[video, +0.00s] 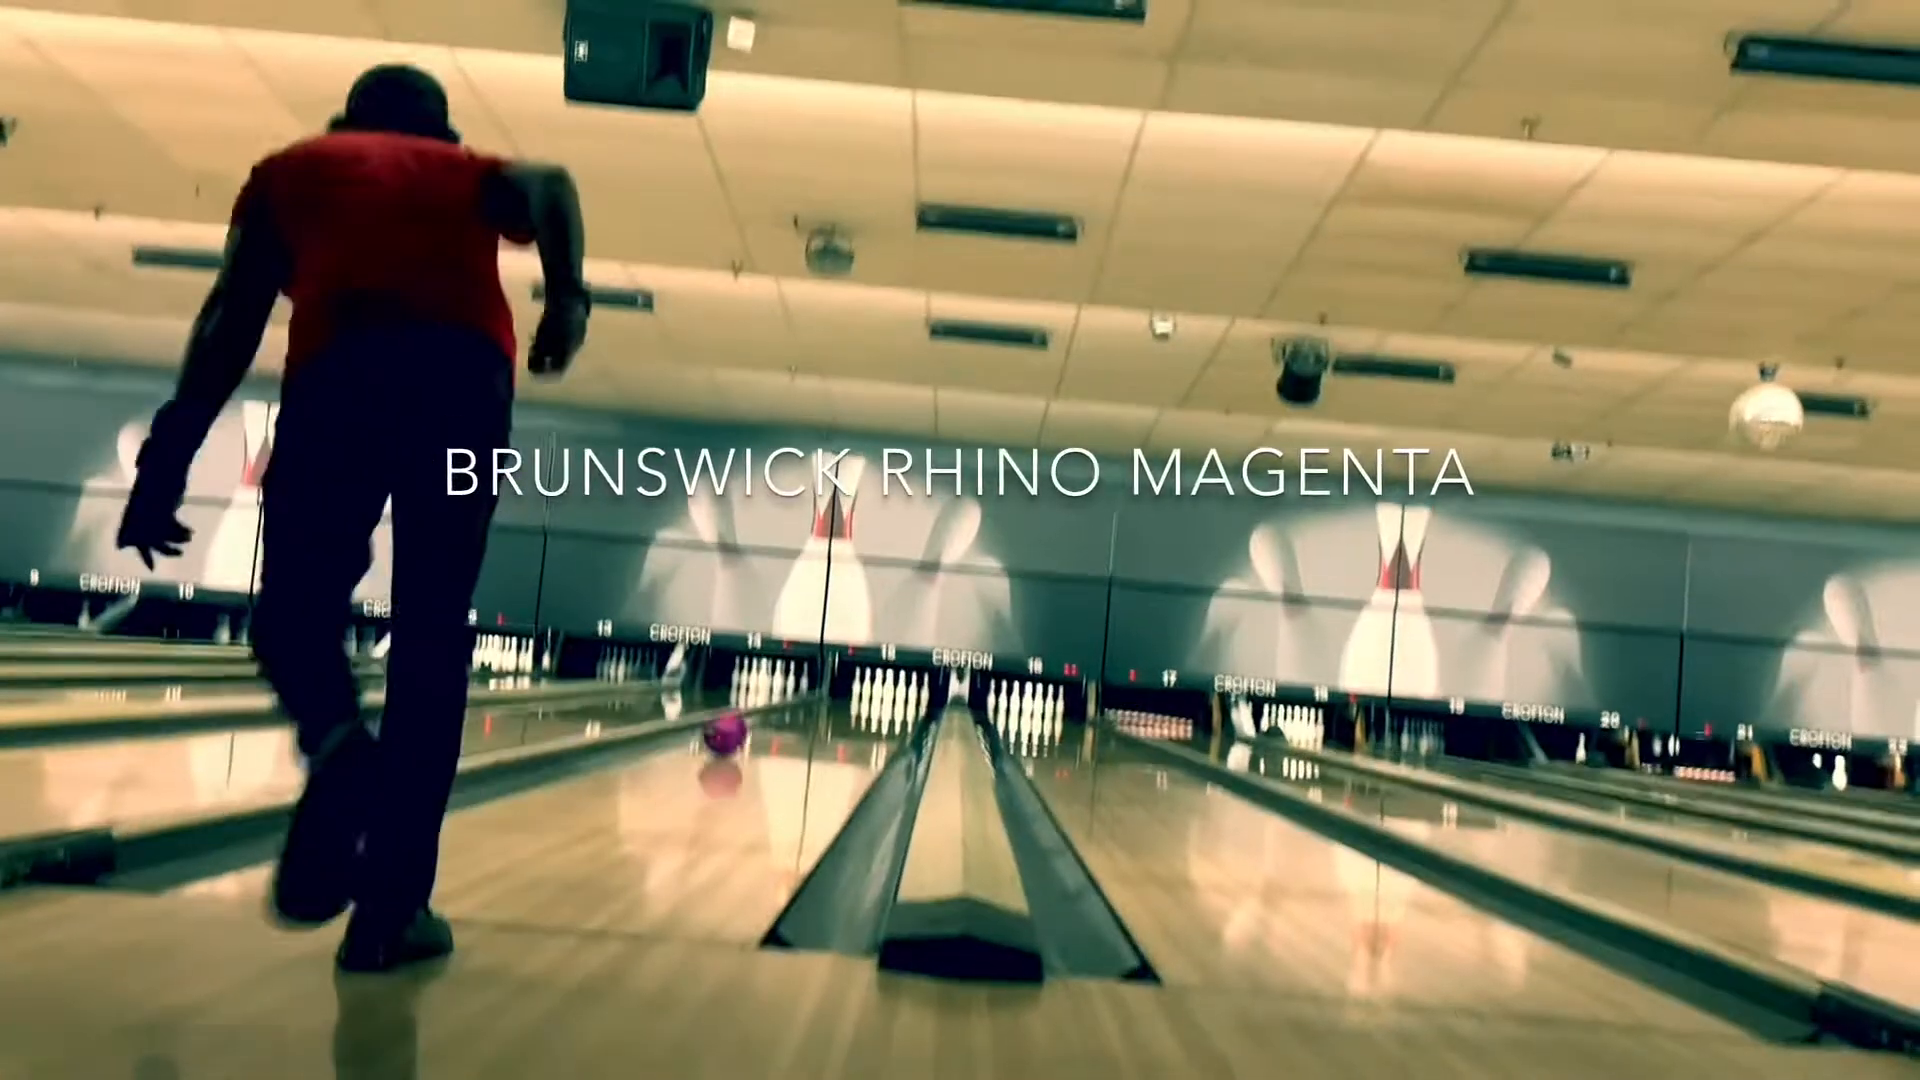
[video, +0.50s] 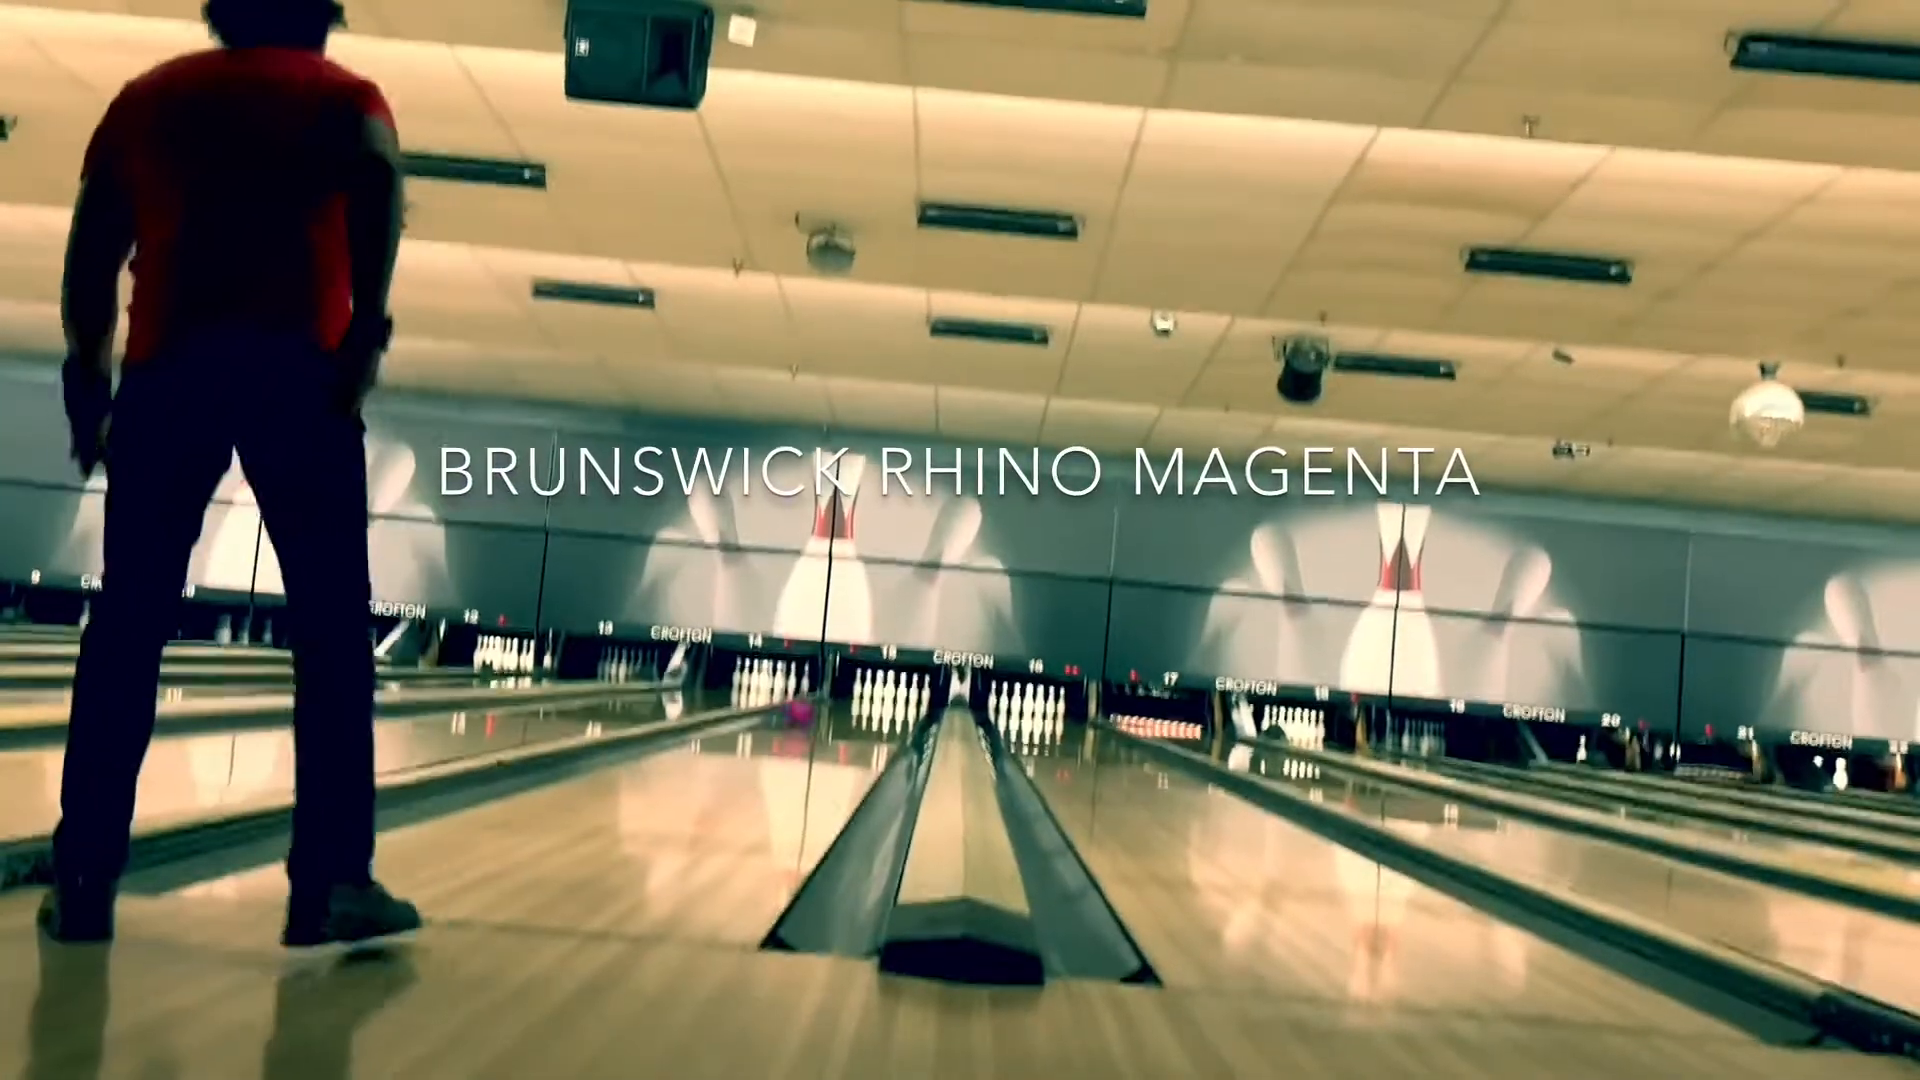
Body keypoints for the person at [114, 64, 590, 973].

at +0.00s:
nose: (446, 138)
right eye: (444, 125)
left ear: (347, 117)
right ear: (437, 125)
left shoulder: (289, 168)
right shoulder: (469, 167)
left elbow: (227, 329)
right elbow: (553, 186)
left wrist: (163, 469)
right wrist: (565, 298)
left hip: (339, 383)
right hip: (462, 383)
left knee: (296, 615)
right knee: (433, 638)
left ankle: (338, 753)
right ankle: (389, 913)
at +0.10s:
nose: (430, 117)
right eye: (426, 103)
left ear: (324, 86)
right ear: (415, 102)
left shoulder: (272, 141)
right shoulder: (453, 153)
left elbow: (204, 292)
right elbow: (540, 189)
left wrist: (130, 431)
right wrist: (553, 313)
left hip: (312, 387)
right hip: (445, 388)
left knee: (246, 611)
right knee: (422, 648)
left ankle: (228, 847)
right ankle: (390, 911)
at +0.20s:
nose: (402, 95)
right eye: (401, 82)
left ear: (294, 64)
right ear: (388, 79)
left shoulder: (238, 125)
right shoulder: (428, 139)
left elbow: (174, 277)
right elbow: (513, 190)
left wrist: (99, 420)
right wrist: (517, 333)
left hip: (276, 381)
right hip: (412, 389)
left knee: (193, 624)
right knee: (405, 649)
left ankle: (104, 893)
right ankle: (386, 912)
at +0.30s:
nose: (368, 65)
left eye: (358, 52)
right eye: (364, 53)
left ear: (267, 46)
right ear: (355, 53)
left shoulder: (200, 117)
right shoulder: (390, 122)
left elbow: (135, 277)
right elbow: (463, 185)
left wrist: (80, 425)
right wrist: (467, 341)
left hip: (225, 392)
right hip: (362, 394)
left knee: (159, 619)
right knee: (380, 642)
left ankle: (84, 880)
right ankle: (382, 912)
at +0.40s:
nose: (344, 49)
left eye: (334, 39)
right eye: (343, 37)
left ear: (239, 34)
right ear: (333, 38)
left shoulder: (168, 110)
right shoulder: (365, 106)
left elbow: (111, 266)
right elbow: (413, 182)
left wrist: (79, 405)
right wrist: (410, 339)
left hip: (188, 398)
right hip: (323, 397)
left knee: (135, 632)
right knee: (357, 645)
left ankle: (83, 890)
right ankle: (368, 901)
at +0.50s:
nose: (328, 34)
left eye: (319, 29)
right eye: (328, 24)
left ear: (218, 18)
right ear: (320, 23)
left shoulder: (145, 99)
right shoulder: (353, 100)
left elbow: (91, 262)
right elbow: (376, 244)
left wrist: (87, 386)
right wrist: (354, 371)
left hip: (167, 382)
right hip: (301, 384)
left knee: (127, 621)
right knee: (334, 636)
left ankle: (83, 887)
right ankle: (331, 883)